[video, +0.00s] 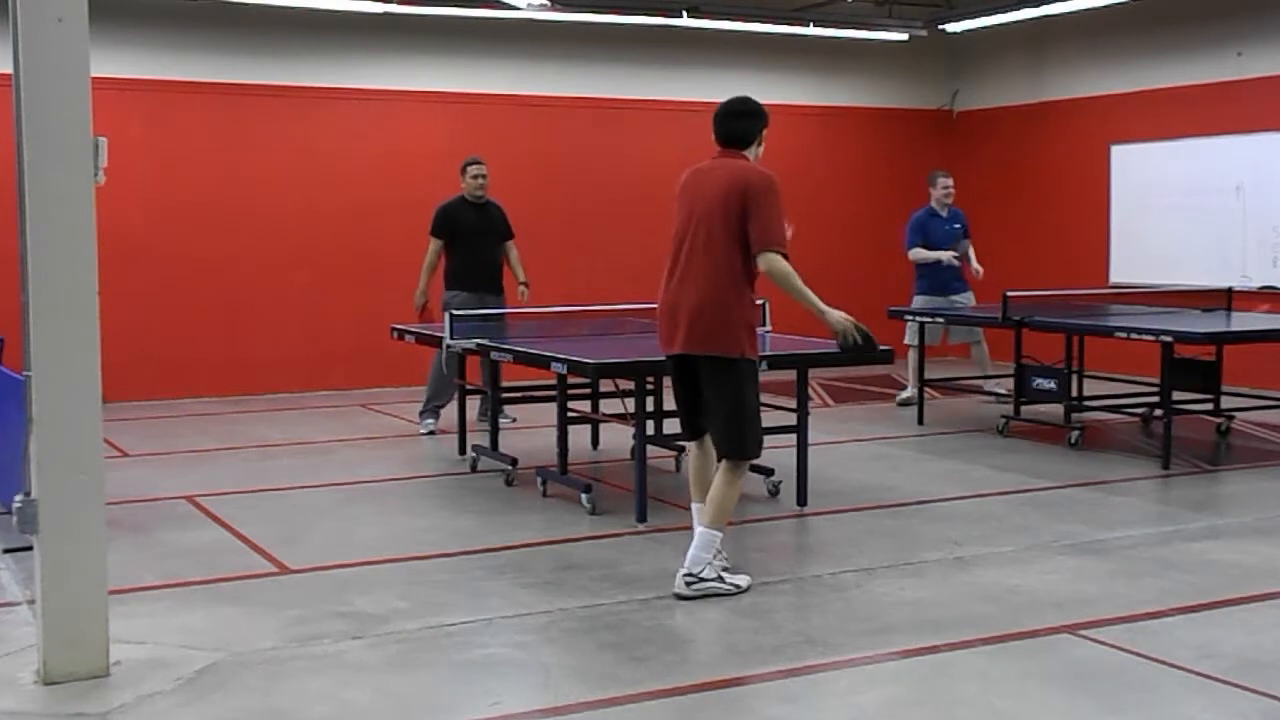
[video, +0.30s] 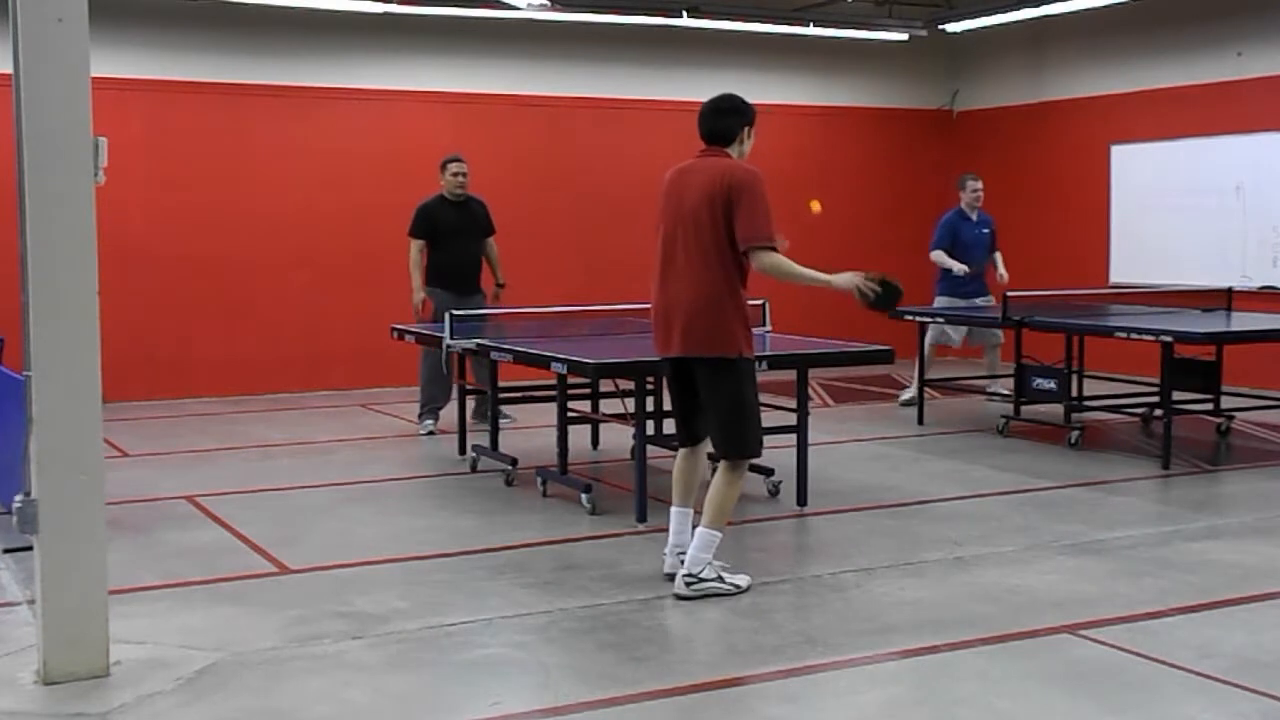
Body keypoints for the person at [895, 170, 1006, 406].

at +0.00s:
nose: (950, 192)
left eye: (952, 188)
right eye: (945, 188)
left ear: (954, 190)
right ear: (932, 191)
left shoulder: (959, 217)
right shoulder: (919, 220)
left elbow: (966, 243)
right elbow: (913, 253)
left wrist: (973, 261)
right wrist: (941, 255)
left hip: (958, 289)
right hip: (927, 292)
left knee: (976, 336)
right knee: (915, 342)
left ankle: (989, 381)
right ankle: (913, 387)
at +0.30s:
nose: (980, 195)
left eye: (981, 191)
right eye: (974, 191)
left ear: (983, 193)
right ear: (961, 194)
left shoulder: (986, 221)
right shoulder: (950, 220)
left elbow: (994, 249)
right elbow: (935, 253)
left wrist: (1000, 268)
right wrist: (955, 265)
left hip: (979, 292)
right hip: (950, 293)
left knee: (994, 339)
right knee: (931, 341)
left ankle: (994, 384)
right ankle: (916, 387)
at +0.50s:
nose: (975, 197)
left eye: (977, 193)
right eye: (970, 194)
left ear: (981, 194)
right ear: (959, 196)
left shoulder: (990, 222)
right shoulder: (948, 223)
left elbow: (1006, 248)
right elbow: (928, 252)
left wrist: (1009, 265)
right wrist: (934, 270)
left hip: (983, 295)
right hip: (951, 295)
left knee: (996, 343)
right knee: (935, 343)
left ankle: (992, 385)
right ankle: (920, 386)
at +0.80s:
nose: (942, 209)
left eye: (945, 204)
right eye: (938, 206)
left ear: (954, 202)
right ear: (933, 207)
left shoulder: (974, 225)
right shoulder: (930, 233)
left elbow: (1001, 247)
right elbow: (918, 263)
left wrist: (991, 270)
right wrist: (901, 277)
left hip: (977, 297)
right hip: (944, 298)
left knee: (993, 343)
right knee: (930, 343)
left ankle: (994, 385)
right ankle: (922, 389)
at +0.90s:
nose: (935, 207)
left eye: (938, 202)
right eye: (930, 204)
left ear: (947, 199)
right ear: (926, 206)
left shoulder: (967, 222)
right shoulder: (925, 230)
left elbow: (993, 246)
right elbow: (924, 262)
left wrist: (979, 270)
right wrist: (911, 265)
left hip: (972, 295)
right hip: (939, 296)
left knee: (986, 343)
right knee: (926, 343)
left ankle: (993, 384)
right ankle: (920, 388)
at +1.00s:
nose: (936, 202)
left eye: (939, 197)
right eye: (931, 199)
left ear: (945, 196)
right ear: (924, 202)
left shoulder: (964, 219)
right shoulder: (921, 226)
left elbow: (987, 245)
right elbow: (923, 257)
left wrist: (970, 265)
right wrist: (933, 238)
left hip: (967, 293)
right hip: (936, 294)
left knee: (982, 341)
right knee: (926, 343)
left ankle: (991, 383)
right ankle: (920, 388)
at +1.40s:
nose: (969, 198)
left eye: (971, 194)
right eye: (964, 194)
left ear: (974, 196)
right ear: (952, 196)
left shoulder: (977, 222)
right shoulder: (939, 226)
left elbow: (986, 249)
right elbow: (932, 257)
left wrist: (992, 268)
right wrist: (956, 258)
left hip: (973, 294)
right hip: (943, 297)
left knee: (987, 340)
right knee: (930, 346)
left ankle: (992, 384)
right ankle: (920, 389)